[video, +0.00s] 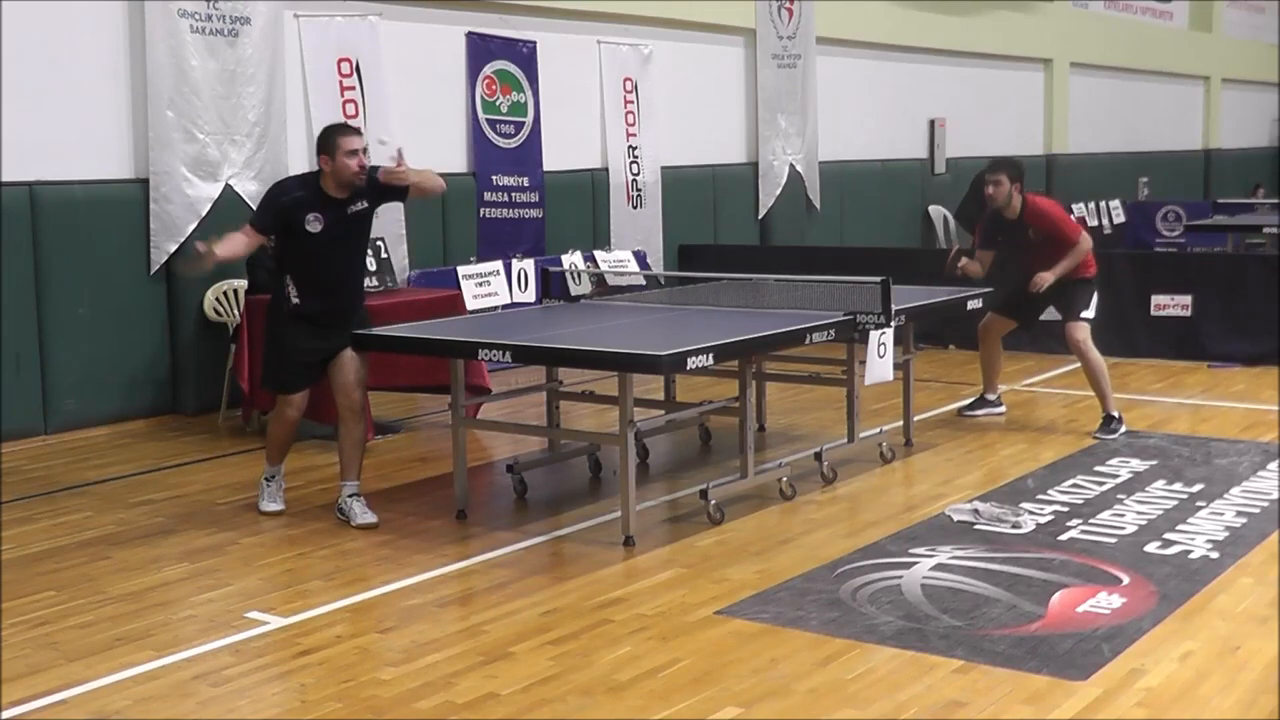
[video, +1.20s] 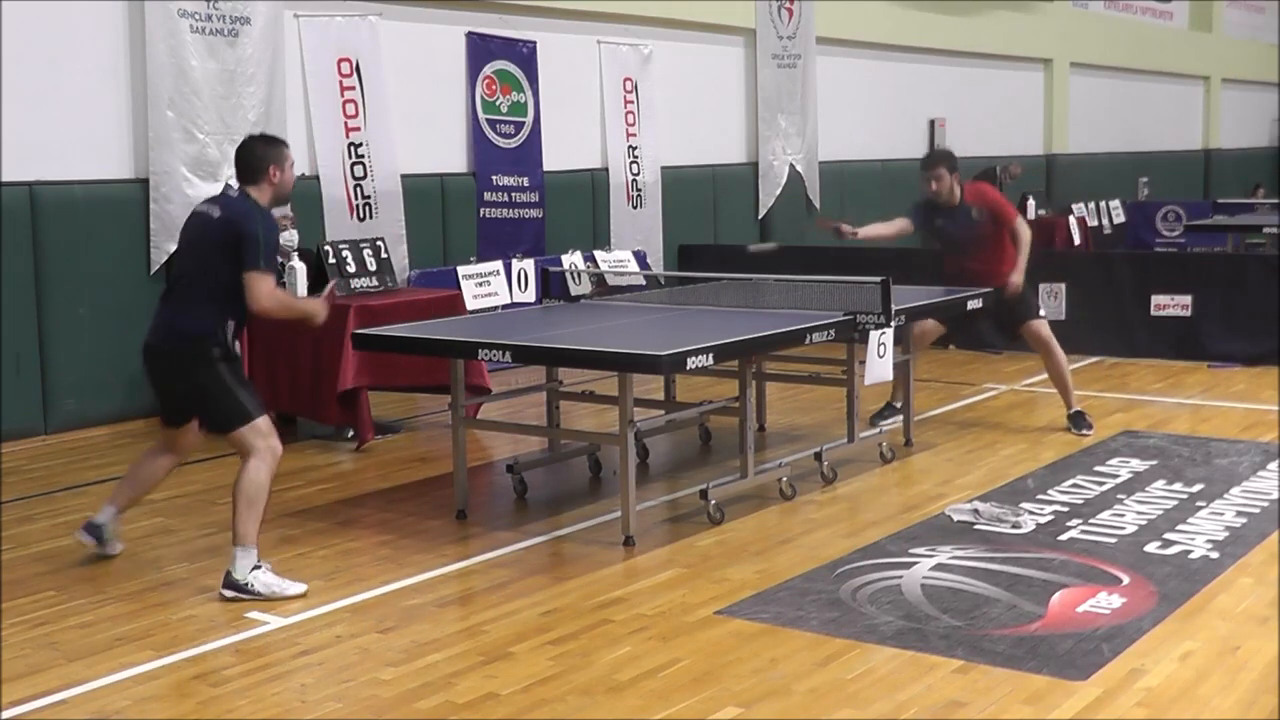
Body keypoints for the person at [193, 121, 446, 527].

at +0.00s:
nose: (361, 162)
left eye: (363, 153)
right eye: (352, 155)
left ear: (366, 156)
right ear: (326, 160)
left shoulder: (372, 186)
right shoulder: (289, 194)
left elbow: (438, 186)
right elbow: (249, 236)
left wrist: (411, 178)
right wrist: (217, 251)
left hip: (345, 315)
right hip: (296, 318)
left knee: (354, 400)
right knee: (292, 407)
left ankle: (350, 494)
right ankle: (273, 477)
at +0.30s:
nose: (355, 197)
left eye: (357, 188)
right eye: (346, 189)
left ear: (358, 183)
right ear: (318, 185)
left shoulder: (357, 206)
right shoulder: (278, 204)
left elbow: (410, 200)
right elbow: (227, 224)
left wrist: (412, 245)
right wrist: (207, 224)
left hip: (328, 326)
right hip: (279, 330)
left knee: (358, 402)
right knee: (288, 428)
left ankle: (349, 495)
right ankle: (272, 478)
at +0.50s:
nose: (375, 221)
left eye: (377, 214)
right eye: (373, 214)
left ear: (352, 207)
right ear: (353, 207)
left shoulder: (339, 224)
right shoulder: (285, 197)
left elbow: (363, 230)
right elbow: (221, 205)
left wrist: (362, 275)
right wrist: (257, 244)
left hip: (310, 329)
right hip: (261, 335)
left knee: (361, 405)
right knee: (284, 434)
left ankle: (348, 497)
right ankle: (269, 477)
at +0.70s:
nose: (351, 145)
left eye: (351, 137)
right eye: (348, 137)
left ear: (323, 136)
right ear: (329, 135)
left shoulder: (315, 179)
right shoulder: (267, 162)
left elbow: (308, 227)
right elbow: (222, 208)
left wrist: (324, 261)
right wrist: (272, 249)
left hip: (289, 304)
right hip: (251, 304)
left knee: (313, 395)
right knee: (281, 407)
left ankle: (297, 489)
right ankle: (249, 488)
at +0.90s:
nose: (316, 164)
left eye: (314, 155)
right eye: (313, 156)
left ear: (282, 159)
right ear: (296, 159)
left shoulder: (272, 202)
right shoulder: (260, 202)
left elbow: (269, 271)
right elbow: (258, 273)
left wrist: (287, 314)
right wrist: (312, 303)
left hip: (259, 331)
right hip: (245, 335)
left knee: (264, 423)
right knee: (287, 434)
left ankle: (240, 501)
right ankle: (253, 545)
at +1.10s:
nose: (307, 161)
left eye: (304, 151)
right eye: (303, 152)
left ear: (259, 156)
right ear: (285, 155)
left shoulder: (224, 191)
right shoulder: (268, 199)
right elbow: (285, 275)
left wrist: (313, 284)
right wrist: (338, 287)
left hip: (189, 327)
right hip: (217, 330)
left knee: (215, 421)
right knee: (276, 428)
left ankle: (176, 509)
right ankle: (244, 547)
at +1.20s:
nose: (294, 177)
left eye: (292, 168)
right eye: (291, 169)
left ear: (247, 174)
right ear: (273, 174)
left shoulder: (209, 208)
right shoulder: (254, 221)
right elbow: (261, 299)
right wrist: (310, 308)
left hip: (164, 347)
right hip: (201, 349)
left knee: (180, 442)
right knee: (264, 448)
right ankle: (244, 570)